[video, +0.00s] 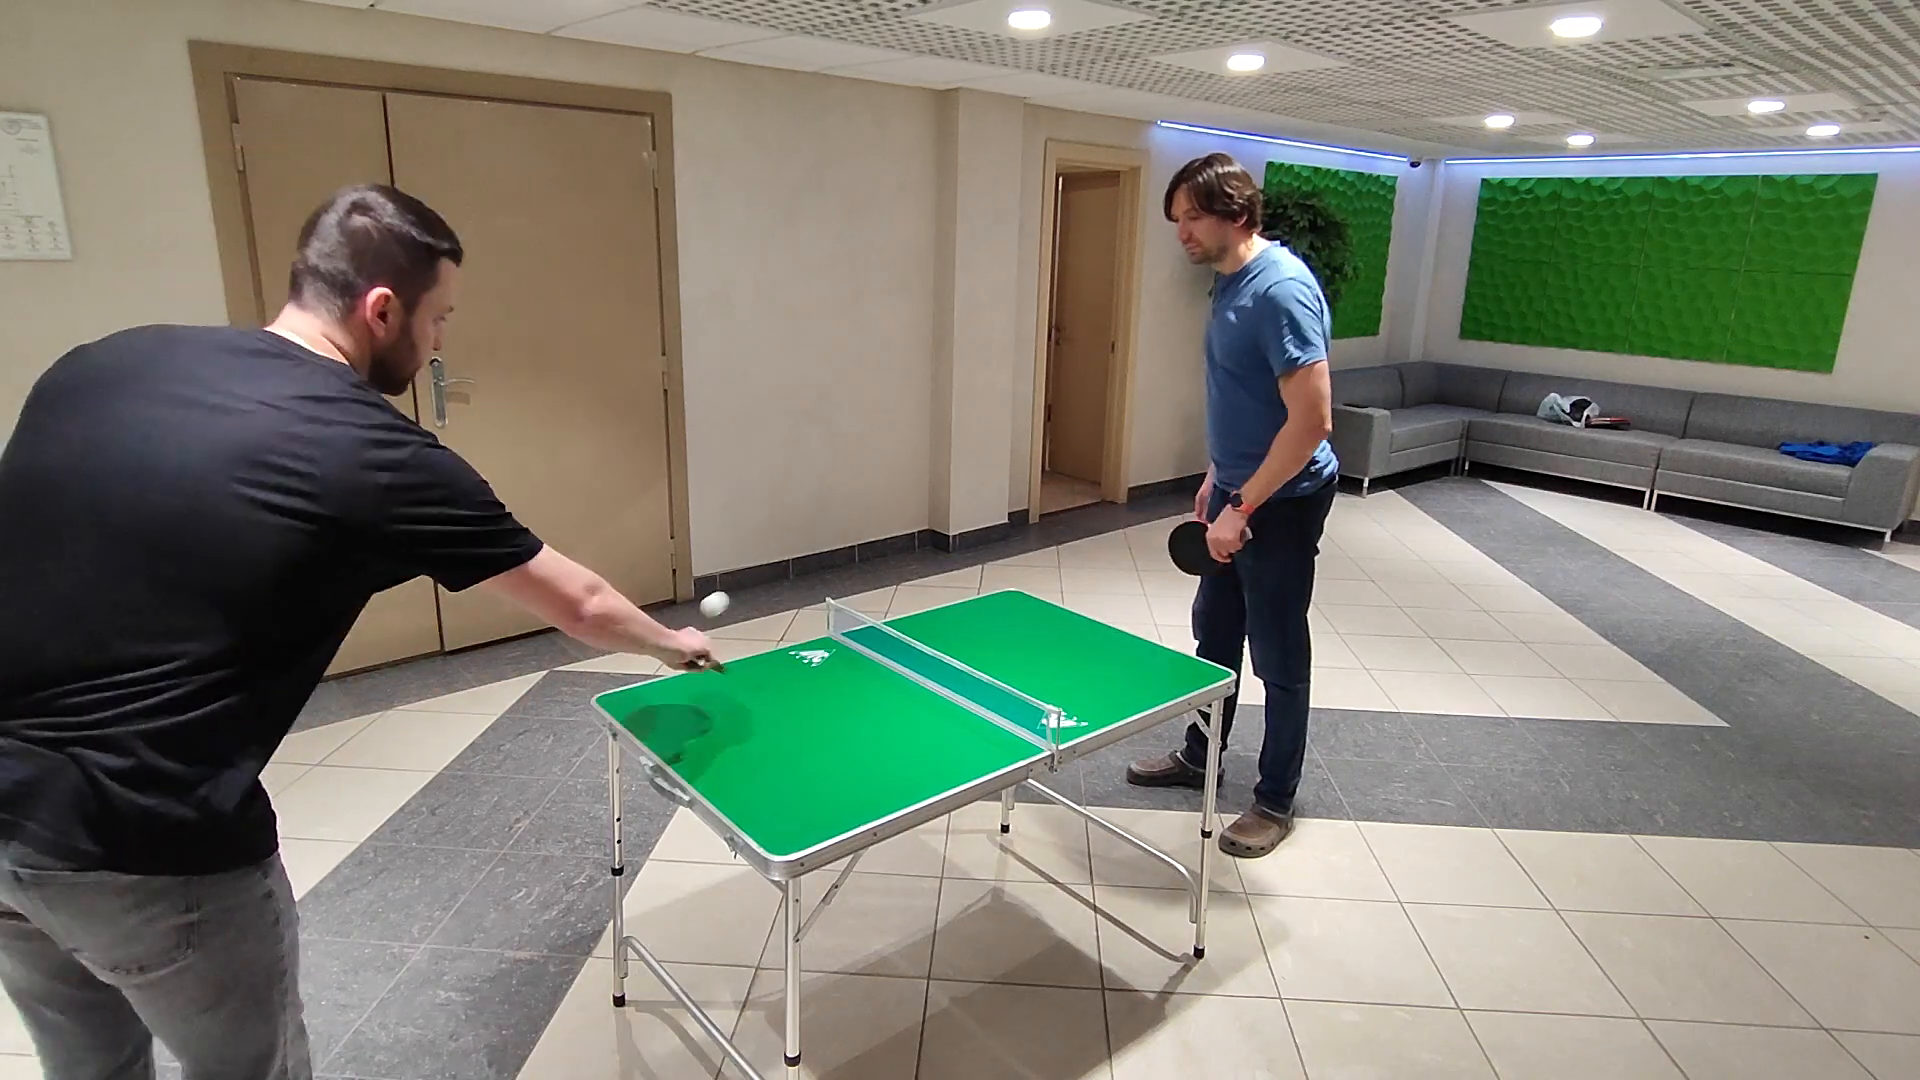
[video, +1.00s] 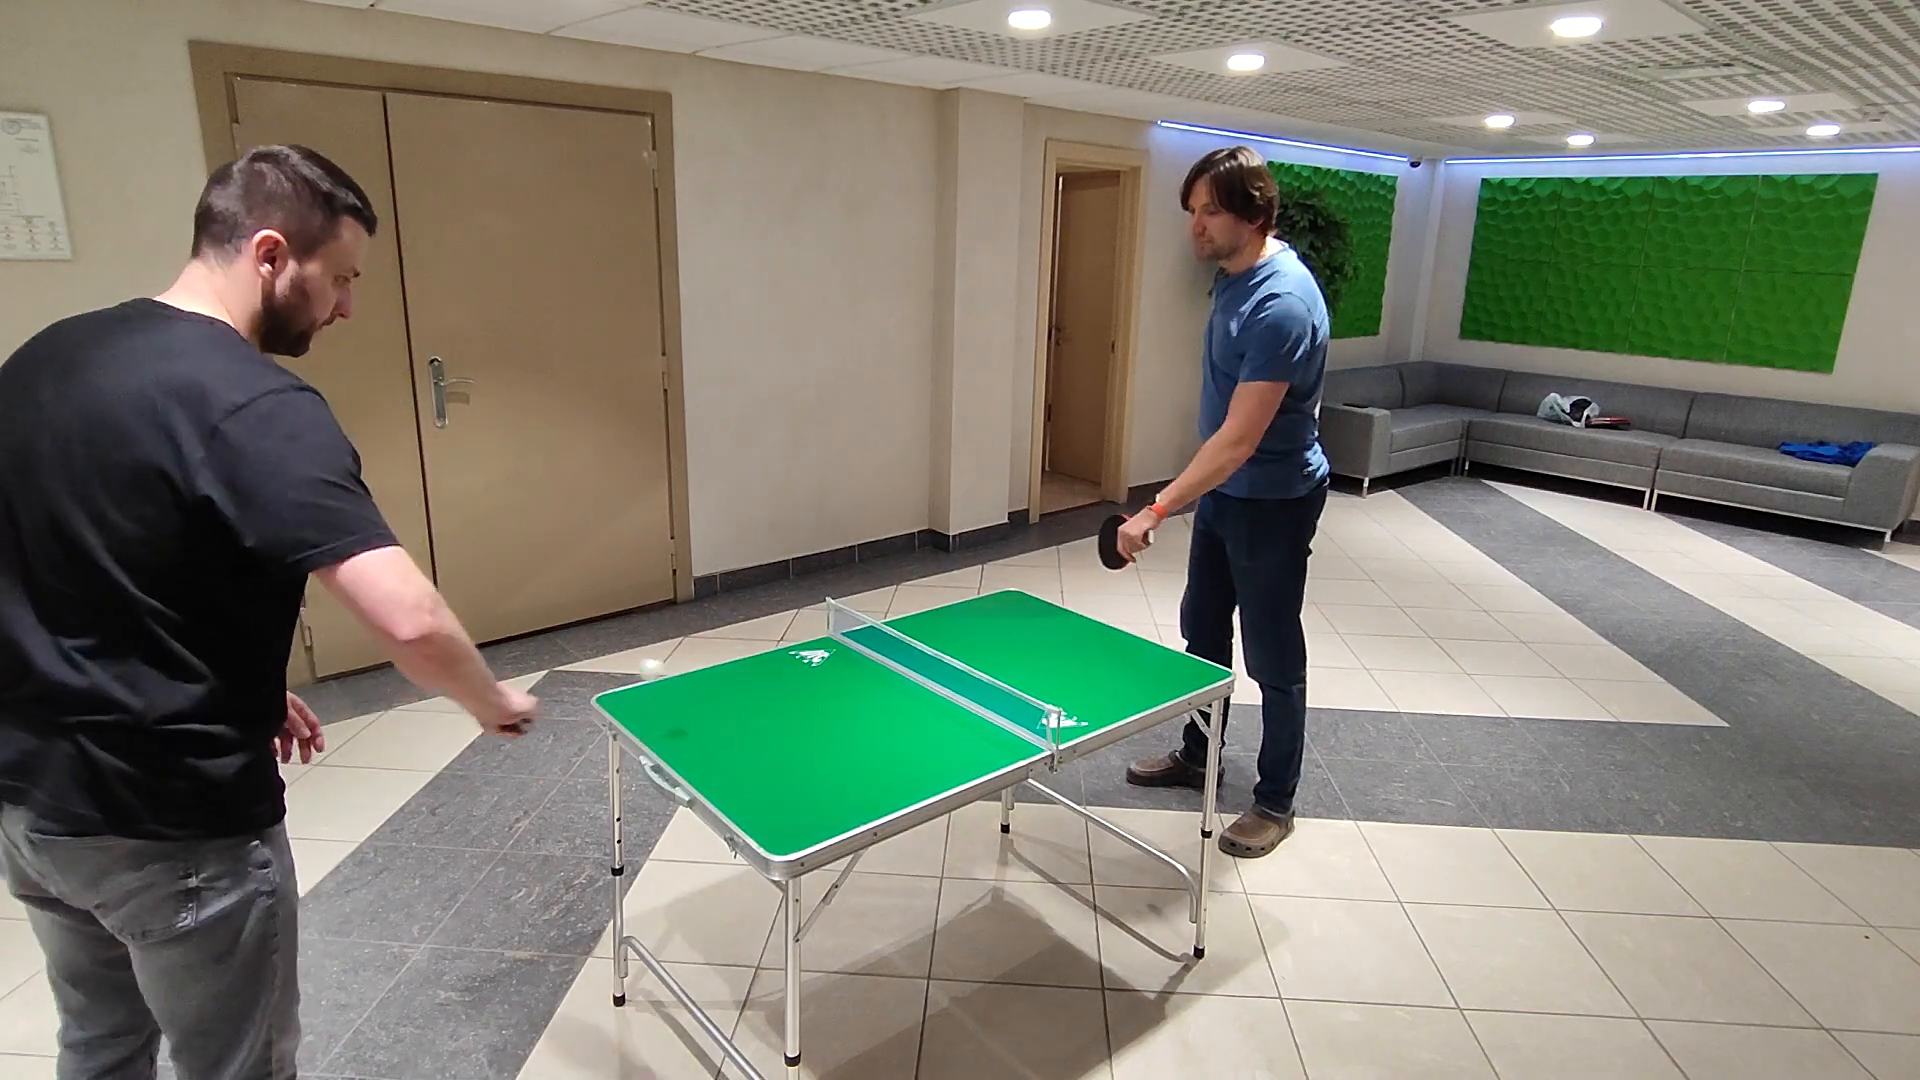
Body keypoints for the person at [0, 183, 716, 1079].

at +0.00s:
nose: (438, 345)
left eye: (446, 322)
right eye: (438, 319)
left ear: (299, 287)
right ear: (379, 311)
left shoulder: (91, 365)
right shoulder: (377, 451)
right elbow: (580, 602)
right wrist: (670, 641)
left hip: (3, 817)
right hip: (158, 835)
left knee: (92, 1068)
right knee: (252, 1068)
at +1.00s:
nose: (346, 308)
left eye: (353, 284)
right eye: (344, 278)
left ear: (234, 241)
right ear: (272, 251)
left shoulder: (44, 359)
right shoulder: (257, 402)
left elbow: (73, 574)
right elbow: (415, 623)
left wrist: (242, 685)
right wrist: (495, 704)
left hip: (32, 800)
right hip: (181, 824)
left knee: (102, 1049)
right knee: (240, 1063)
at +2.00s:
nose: (206, 247)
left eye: (202, 219)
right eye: (183, 219)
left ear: (83, 221)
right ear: (82, 216)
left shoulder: (33, 347)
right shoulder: (75, 386)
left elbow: (156, 556)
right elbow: (92, 644)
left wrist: (275, 655)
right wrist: (269, 743)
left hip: (50, 809)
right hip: (144, 832)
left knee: (75, 1057)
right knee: (230, 1059)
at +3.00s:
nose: (295, 277)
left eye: (294, 248)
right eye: (278, 246)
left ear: (171, 239)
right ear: (177, 239)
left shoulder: (18, 352)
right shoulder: (182, 422)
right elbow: (204, 688)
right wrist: (348, 822)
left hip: (36, 821)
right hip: (176, 847)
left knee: (90, 1056)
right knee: (269, 1063)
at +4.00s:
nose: (763, 412)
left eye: (772, 394)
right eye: (764, 391)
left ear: (690, 356)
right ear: (710, 369)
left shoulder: (581, 405)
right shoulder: (596, 468)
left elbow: (608, 586)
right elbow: (460, 684)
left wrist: (677, 713)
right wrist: (548, 844)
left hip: (346, 706)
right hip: (418, 762)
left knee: (343, 947)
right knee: (538, 974)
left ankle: (270, 1077)